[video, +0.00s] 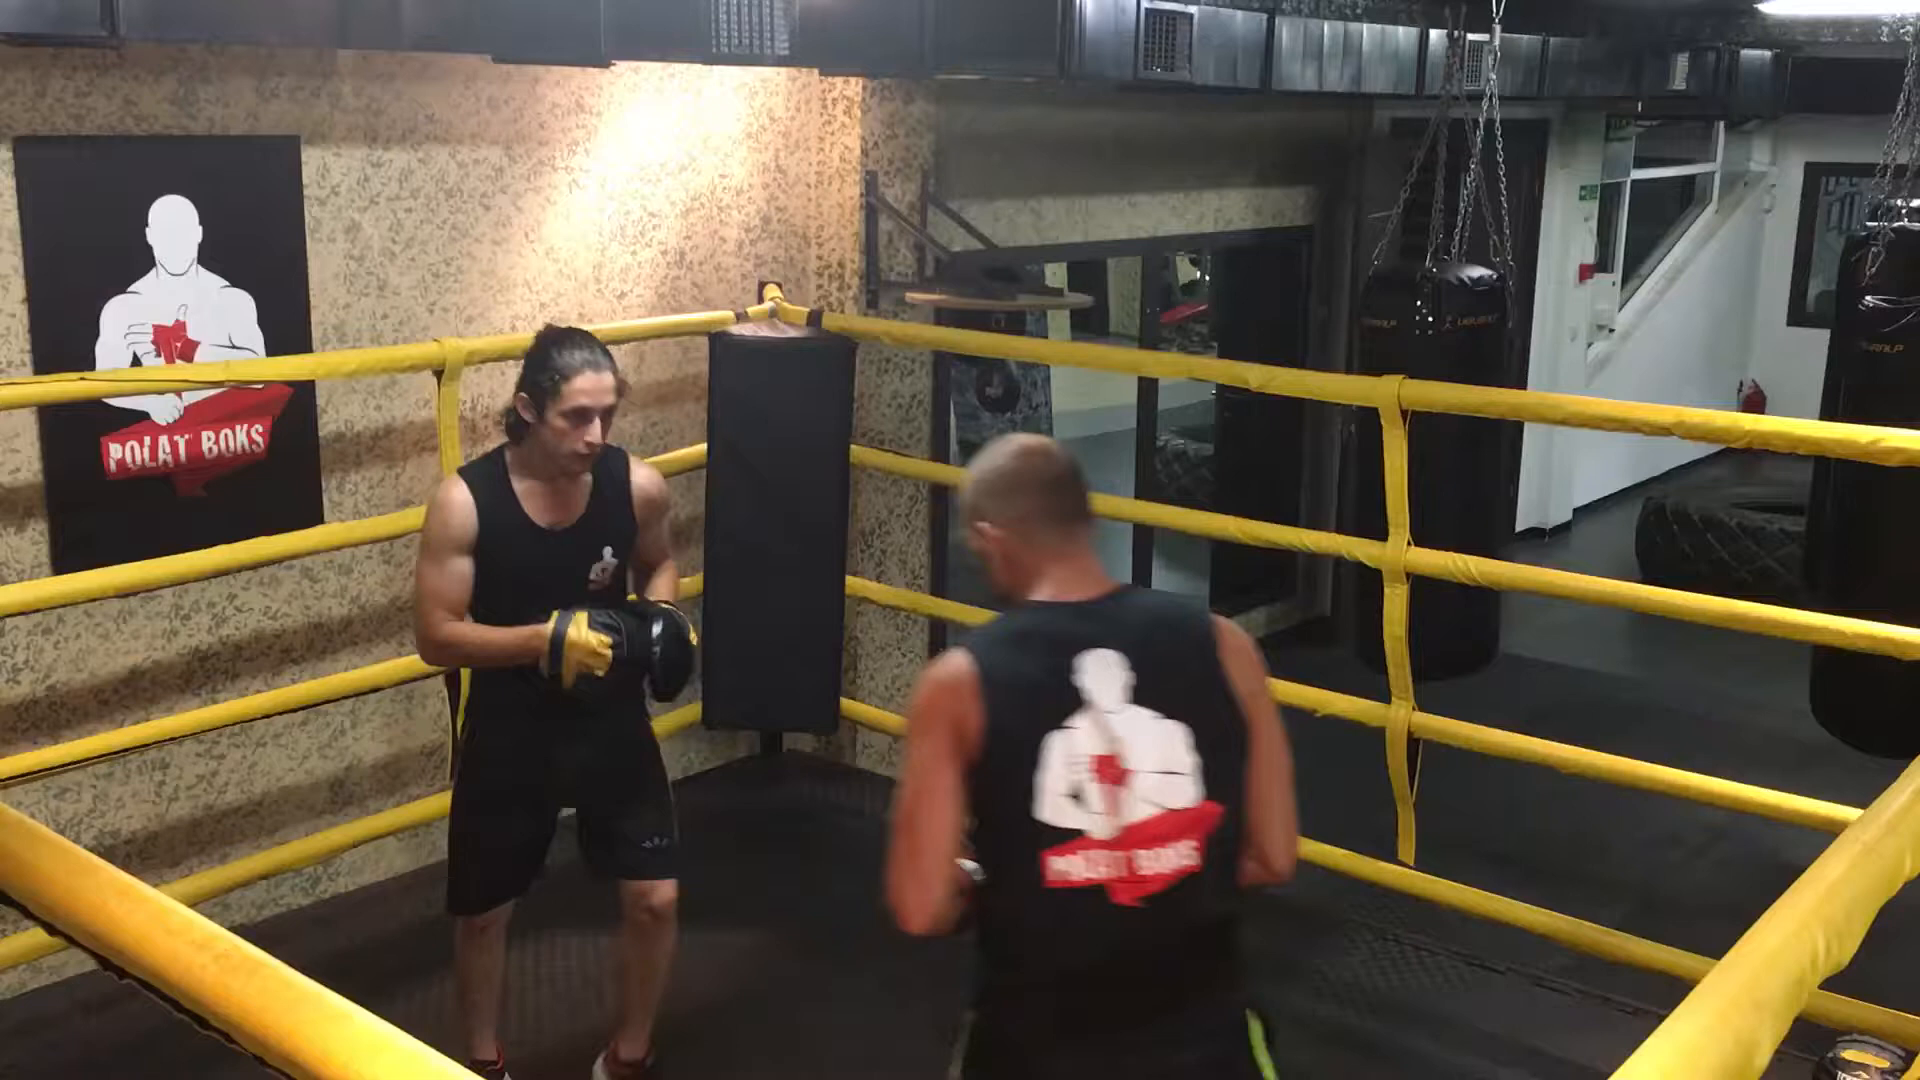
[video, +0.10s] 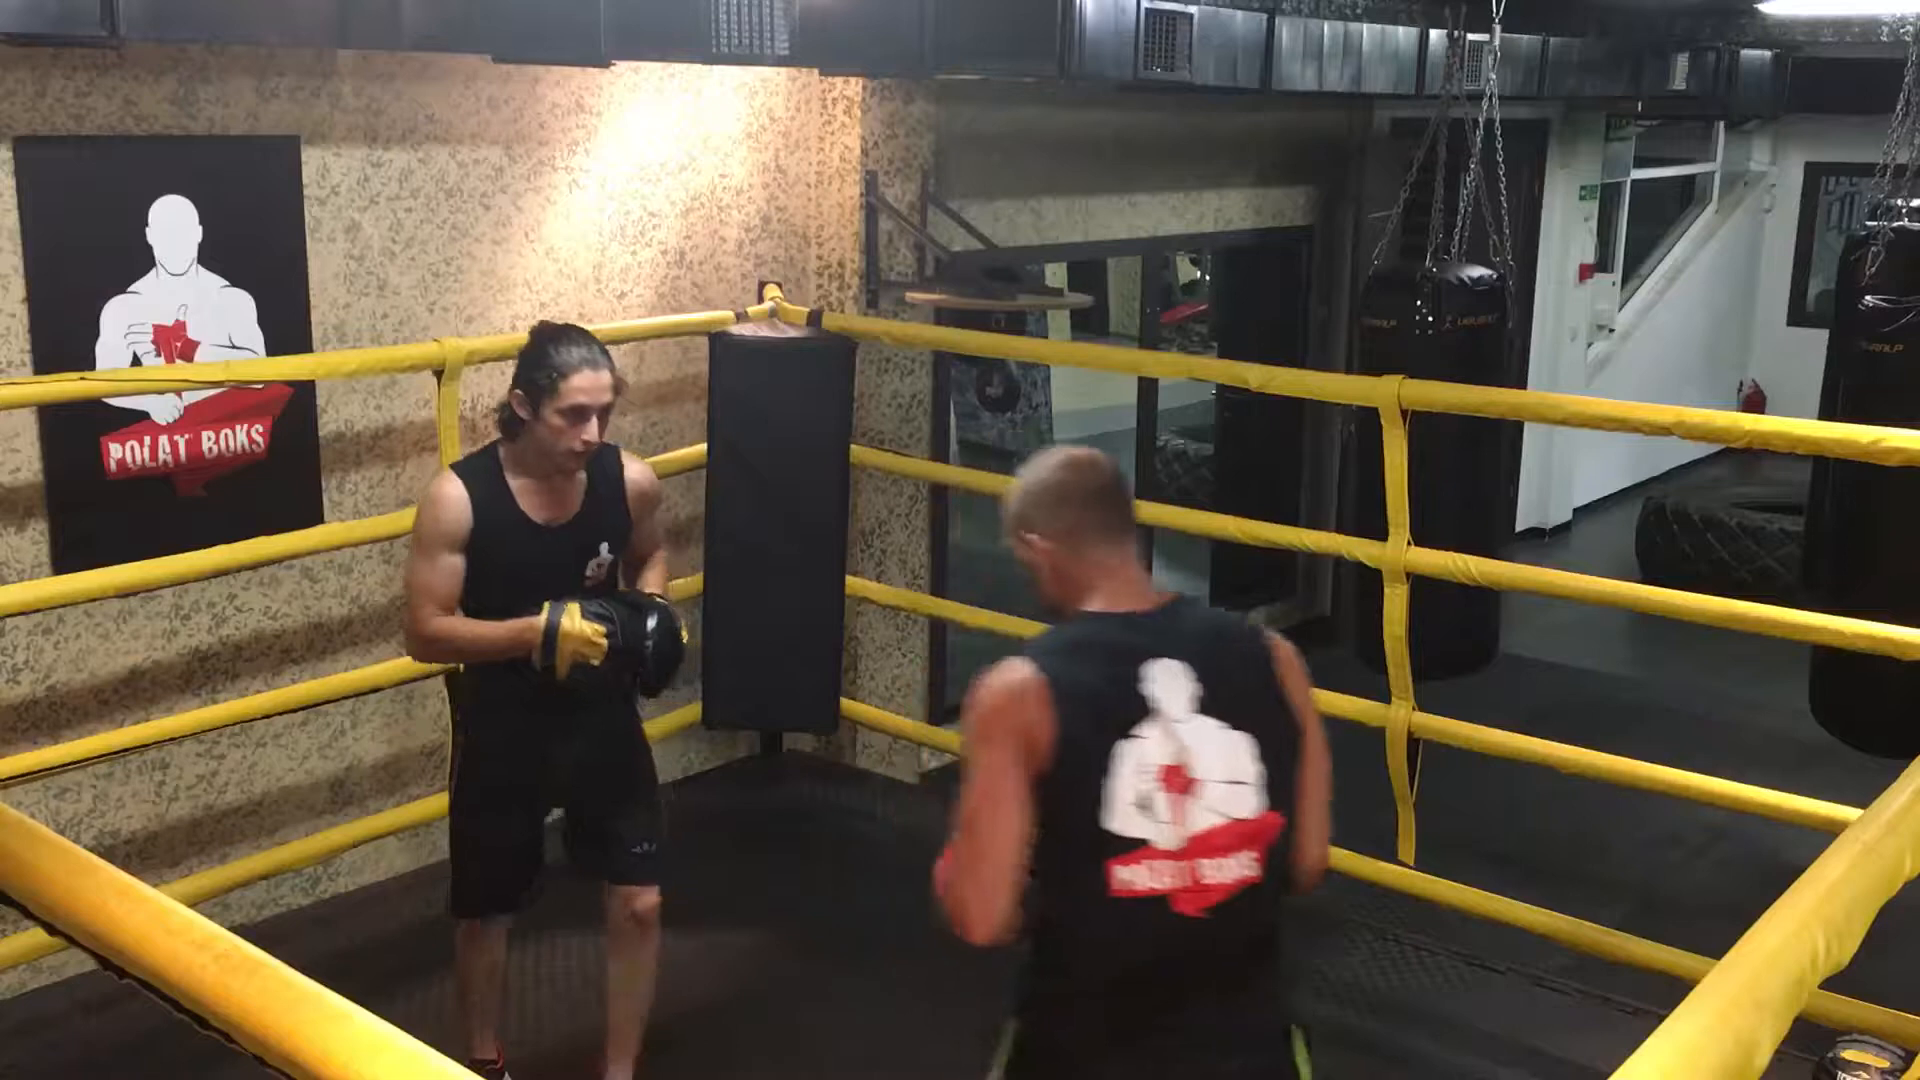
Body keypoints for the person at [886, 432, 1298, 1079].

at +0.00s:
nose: (979, 562)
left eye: (975, 547)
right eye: (975, 549)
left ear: (992, 540)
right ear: (1086, 515)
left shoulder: (961, 681)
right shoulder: (1224, 647)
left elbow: (920, 908)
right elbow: (1273, 857)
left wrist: (996, 871)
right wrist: (1152, 853)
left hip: (1038, 1042)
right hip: (1201, 1033)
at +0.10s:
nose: (1029, 578)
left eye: (1022, 561)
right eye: (1022, 563)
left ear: (1040, 552)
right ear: (1130, 525)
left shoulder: (1019, 691)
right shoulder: (1271, 658)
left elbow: (983, 917)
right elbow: (1308, 863)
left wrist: (958, 858)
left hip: (1084, 1045)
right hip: (1244, 1037)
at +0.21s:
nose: (1089, 592)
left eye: (1084, 571)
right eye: (1080, 573)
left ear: (1110, 560)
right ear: (1196, 539)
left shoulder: (1116, 697)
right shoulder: (1333, 669)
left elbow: (1100, 923)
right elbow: (1355, 839)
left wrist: (1019, 869)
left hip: (1152, 1047)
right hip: (1306, 1043)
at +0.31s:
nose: (1130, 556)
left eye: (1125, 535)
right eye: (1122, 537)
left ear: (1156, 527)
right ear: (1237, 509)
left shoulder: (1166, 660)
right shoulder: (1363, 632)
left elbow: (1169, 886)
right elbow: (1381, 801)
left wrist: (1075, 819)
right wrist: (1146, 781)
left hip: (1191, 1020)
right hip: (1336, 1015)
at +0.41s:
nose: (1149, 523)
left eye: (1150, 505)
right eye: (1144, 504)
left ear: (1184, 504)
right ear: (1268, 483)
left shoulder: (1185, 637)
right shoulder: (1398, 601)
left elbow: (1171, 857)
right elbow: (1414, 780)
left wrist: (1083, 773)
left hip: (1211, 1006)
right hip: (1361, 1001)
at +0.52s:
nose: (1179, 548)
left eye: (1177, 530)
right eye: (1174, 532)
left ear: (1211, 523)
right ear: (1294, 501)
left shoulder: (1206, 655)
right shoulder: (1424, 627)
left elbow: (1144, 875)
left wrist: (1085, 777)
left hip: (1233, 1020)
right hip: (1385, 1015)